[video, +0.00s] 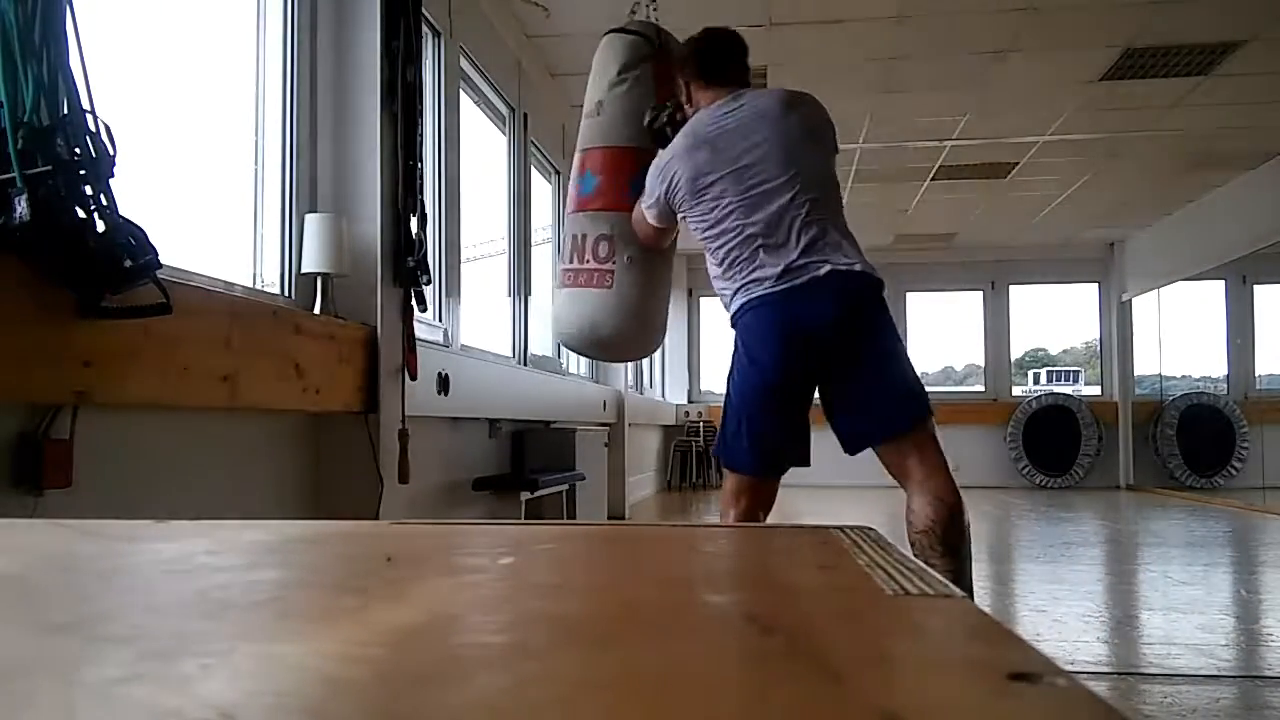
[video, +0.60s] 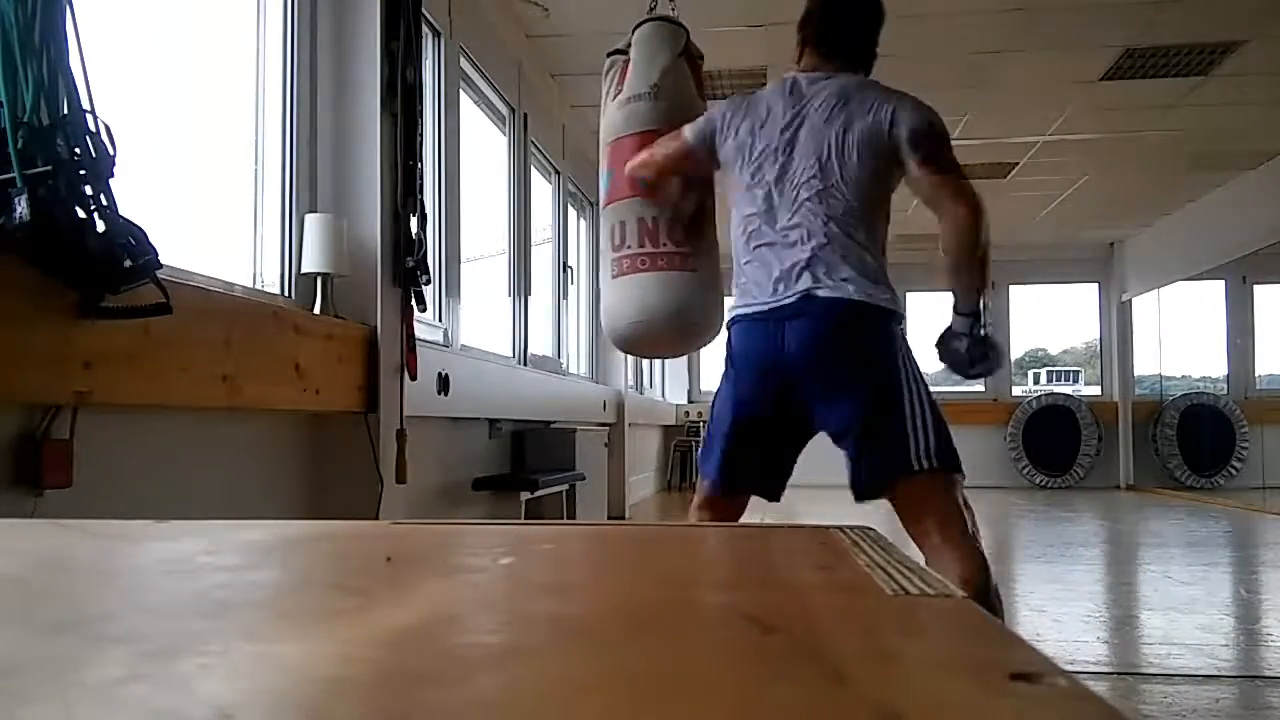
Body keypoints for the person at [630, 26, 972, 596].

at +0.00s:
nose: (686, 95)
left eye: (683, 87)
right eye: (686, 89)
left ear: (685, 88)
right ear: (746, 74)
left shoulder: (676, 159)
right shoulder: (801, 107)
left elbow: (650, 233)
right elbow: (816, 159)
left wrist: (665, 153)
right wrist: (711, 120)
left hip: (768, 324)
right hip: (853, 300)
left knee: (743, 506)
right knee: (926, 473)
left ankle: (733, 649)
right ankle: (956, 629)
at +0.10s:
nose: (702, 85)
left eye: (701, 76)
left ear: (706, 77)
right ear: (768, 67)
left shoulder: (682, 152)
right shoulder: (823, 103)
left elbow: (655, 245)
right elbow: (853, 200)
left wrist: (646, 196)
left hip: (771, 323)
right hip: (860, 304)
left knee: (744, 507)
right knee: (936, 475)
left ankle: (733, 659)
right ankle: (969, 638)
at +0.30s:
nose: (772, 93)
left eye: (773, 81)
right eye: (773, 82)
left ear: (788, 77)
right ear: (848, 74)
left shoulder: (758, 138)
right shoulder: (904, 121)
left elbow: (715, 261)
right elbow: (895, 219)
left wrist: (701, 236)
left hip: (787, 341)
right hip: (885, 342)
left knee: (735, 511)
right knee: (948, 518)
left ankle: (721, 668)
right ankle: (1000, 673)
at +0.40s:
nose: (816, 70)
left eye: (816, 62)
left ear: (823, 63)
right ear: (893, 65)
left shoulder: (776, 120)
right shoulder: (935, 117)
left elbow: (694, 206)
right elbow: (923, 223)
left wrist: (690, 174)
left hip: (770, 340)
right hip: (867, 348)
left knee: (728, 495)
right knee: (954, 528)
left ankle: (684, 644)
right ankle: (1005, 684)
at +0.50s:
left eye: (820, 39)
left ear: (822, 45)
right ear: (892, 55)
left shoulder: (758, 107)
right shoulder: (917, 111)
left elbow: (661, 140)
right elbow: (972, 231)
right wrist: (929, 259)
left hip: (761, 330)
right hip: (860, 332)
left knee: (717, 498)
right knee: (938, 523)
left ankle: (661, 638)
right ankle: (997, 674)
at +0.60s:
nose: (794, 52)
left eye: (796, 40)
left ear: (801, 43)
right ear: (870, 54)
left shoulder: (736, 113)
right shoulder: (895, 111)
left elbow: (641, 170)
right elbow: (960, 208)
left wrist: (681, 190)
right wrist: (967, 316)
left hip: (754, 340)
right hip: (854, 333)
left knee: (710, 513)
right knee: (939, 525)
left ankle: (682, 665)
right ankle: (998, 677)